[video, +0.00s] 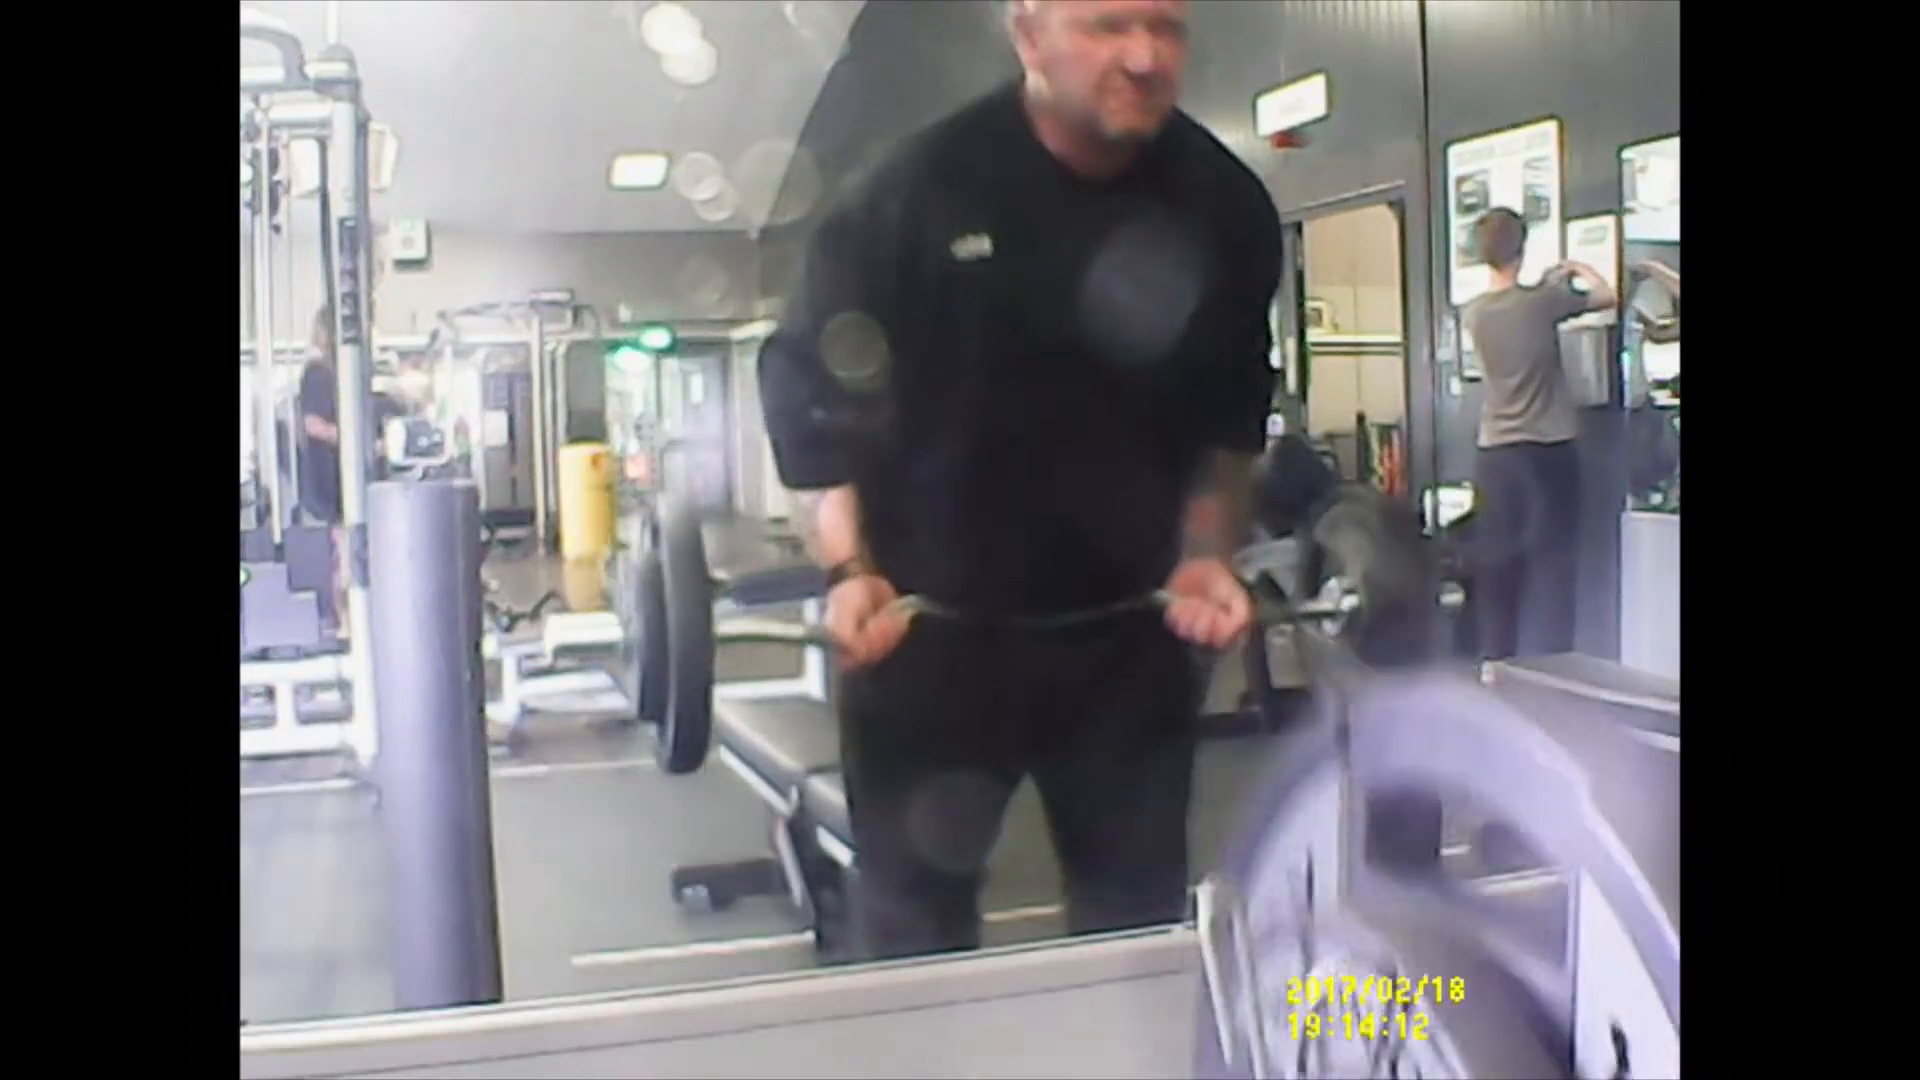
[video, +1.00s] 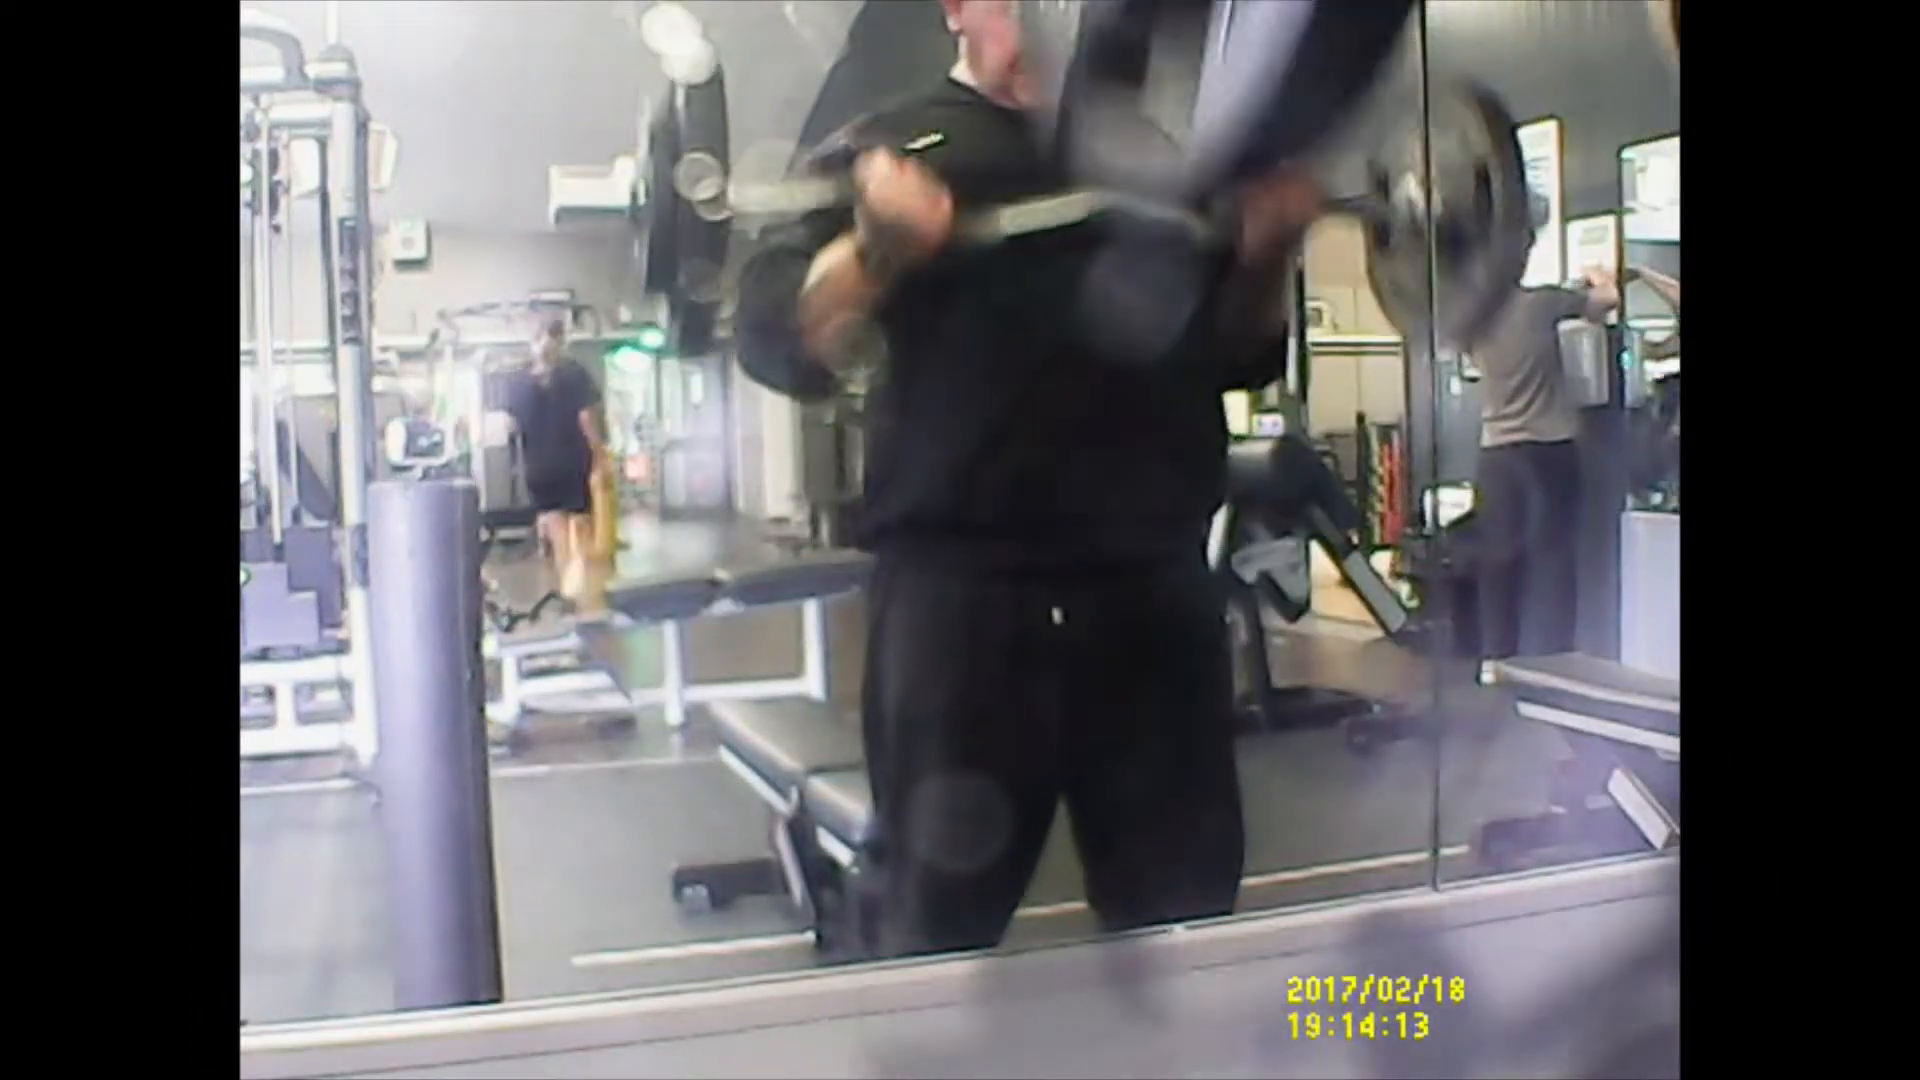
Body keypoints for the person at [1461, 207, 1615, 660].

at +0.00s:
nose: (1515, 252)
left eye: (1497, 245)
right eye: (1519, 244)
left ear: (1481, 253)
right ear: (1522, 250)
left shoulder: (1475, 313)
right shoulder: (1543, 302)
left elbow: (1515, 308)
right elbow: (1608, 299)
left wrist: (1551, 279)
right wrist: (1581, 269)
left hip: (1495, 450)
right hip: (1547, 447)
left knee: (1496, 554)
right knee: (1551, 554)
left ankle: (1493, 660)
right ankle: (1551, 665)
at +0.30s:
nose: (1515, 252)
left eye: (1496, 247)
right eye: (1516, 245)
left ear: (1477, 255)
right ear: (1518, 251)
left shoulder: (1472, 314)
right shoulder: (1539, 301)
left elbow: (1511, 311)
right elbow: (1606, 298)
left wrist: (1549, 282)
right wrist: (1579, 268)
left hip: (1496, 441)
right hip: (1548, 438)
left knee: (1503, 539)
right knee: (1557, 541)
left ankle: (1500, 645)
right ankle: (1552, 651)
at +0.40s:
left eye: (1485, 251)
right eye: (1510, 248)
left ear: (1478, 256)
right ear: (1519, 251)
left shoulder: (1468, 315)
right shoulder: (1539, 302)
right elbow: (1605, 298)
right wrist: (1578, 270)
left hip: (1483, 432)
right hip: (1534, 430)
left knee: (1484, 543)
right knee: (1531, 538)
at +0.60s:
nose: (1522, 257)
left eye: (1518, 249)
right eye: (1521, 250)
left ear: (1480, 259)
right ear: (1519, 255)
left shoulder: (1468, 314)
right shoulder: (1542, 300)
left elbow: (1476, 357)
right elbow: (1600, 301)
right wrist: (1587, 278)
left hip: (1495, 449)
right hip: (1548, 445)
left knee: (1496, 555)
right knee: (1550, 554)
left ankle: (1492, 662)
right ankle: (1546, 667)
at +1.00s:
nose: (1528, 253)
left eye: (1526, 245)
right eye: (1525, 246)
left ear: (1482, 263)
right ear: (1520, 257)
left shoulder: (1472, 311)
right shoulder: (1541, 301)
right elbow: (1607, 299)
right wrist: (1597, 278)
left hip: (1495, 453)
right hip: (1548, 448)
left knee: (1499, 560)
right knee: (1552, 557)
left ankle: (1495, 666)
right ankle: (1549, 671)